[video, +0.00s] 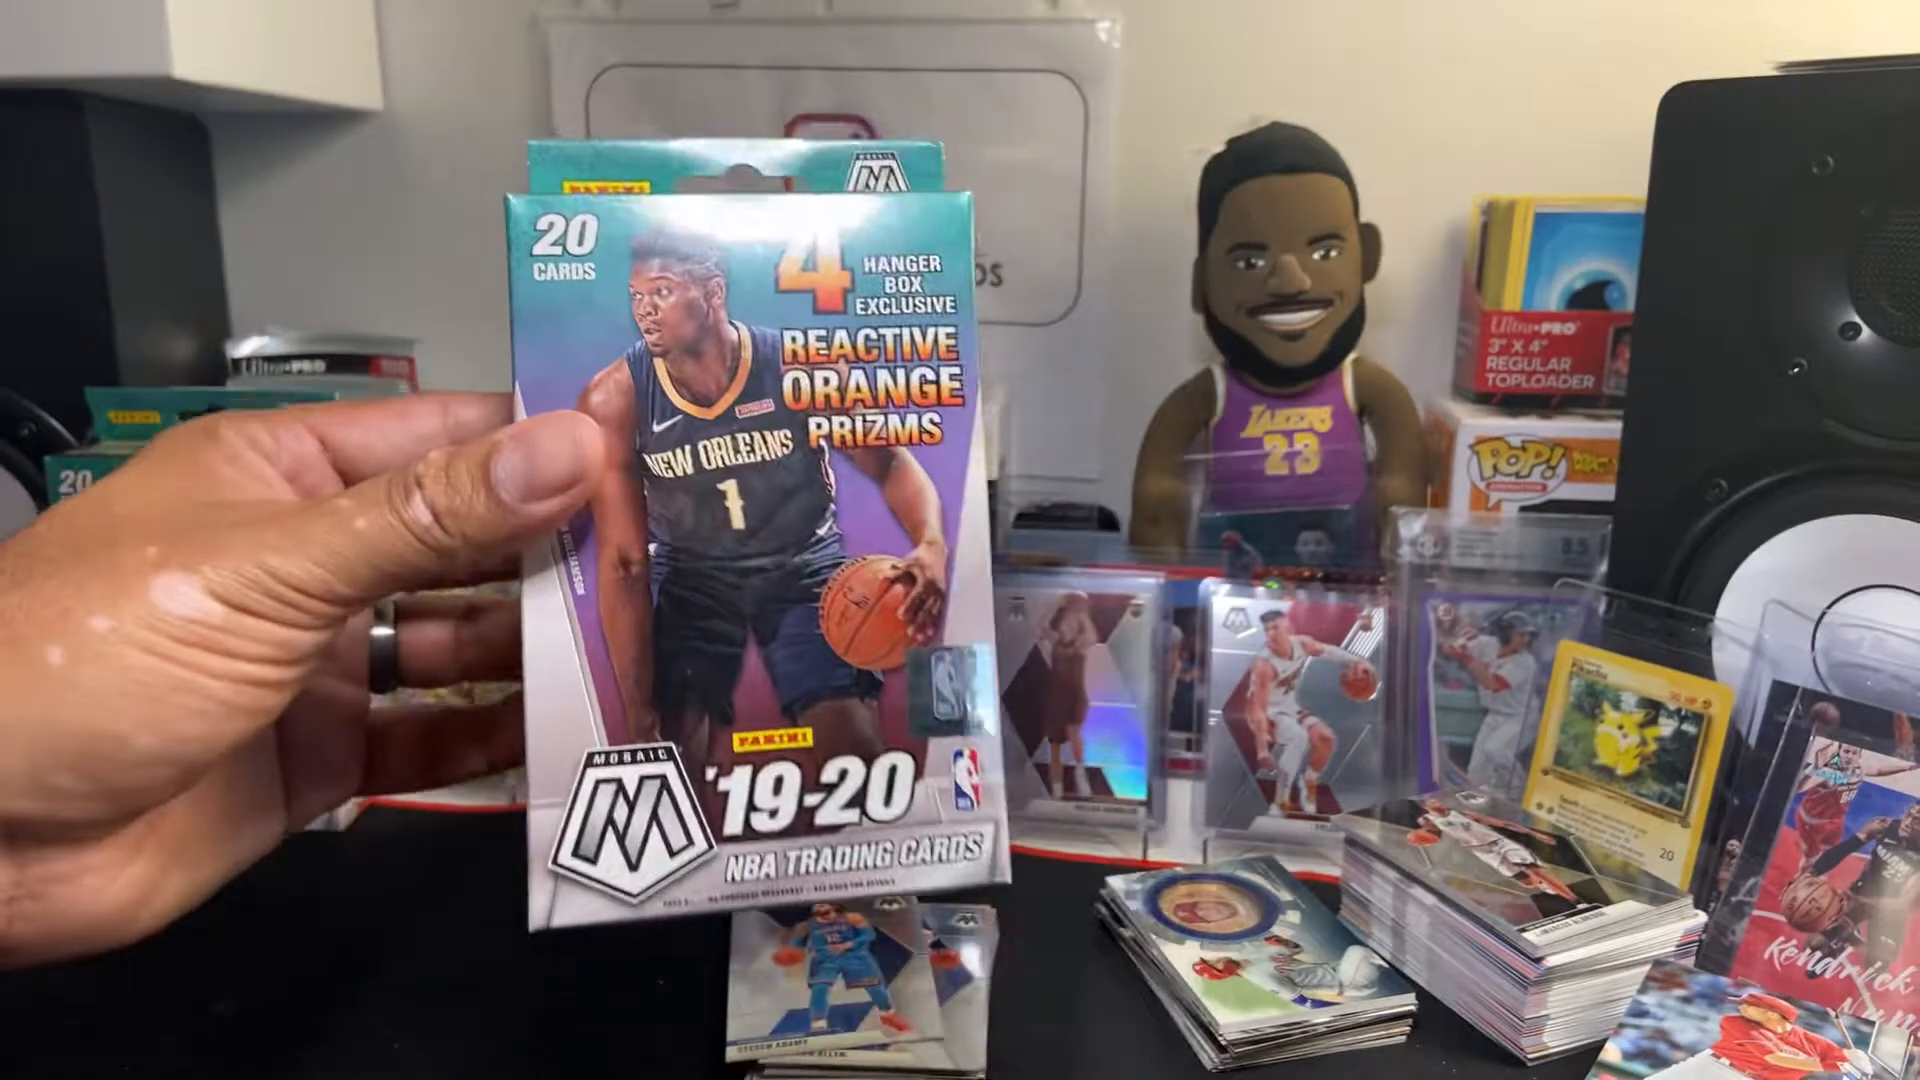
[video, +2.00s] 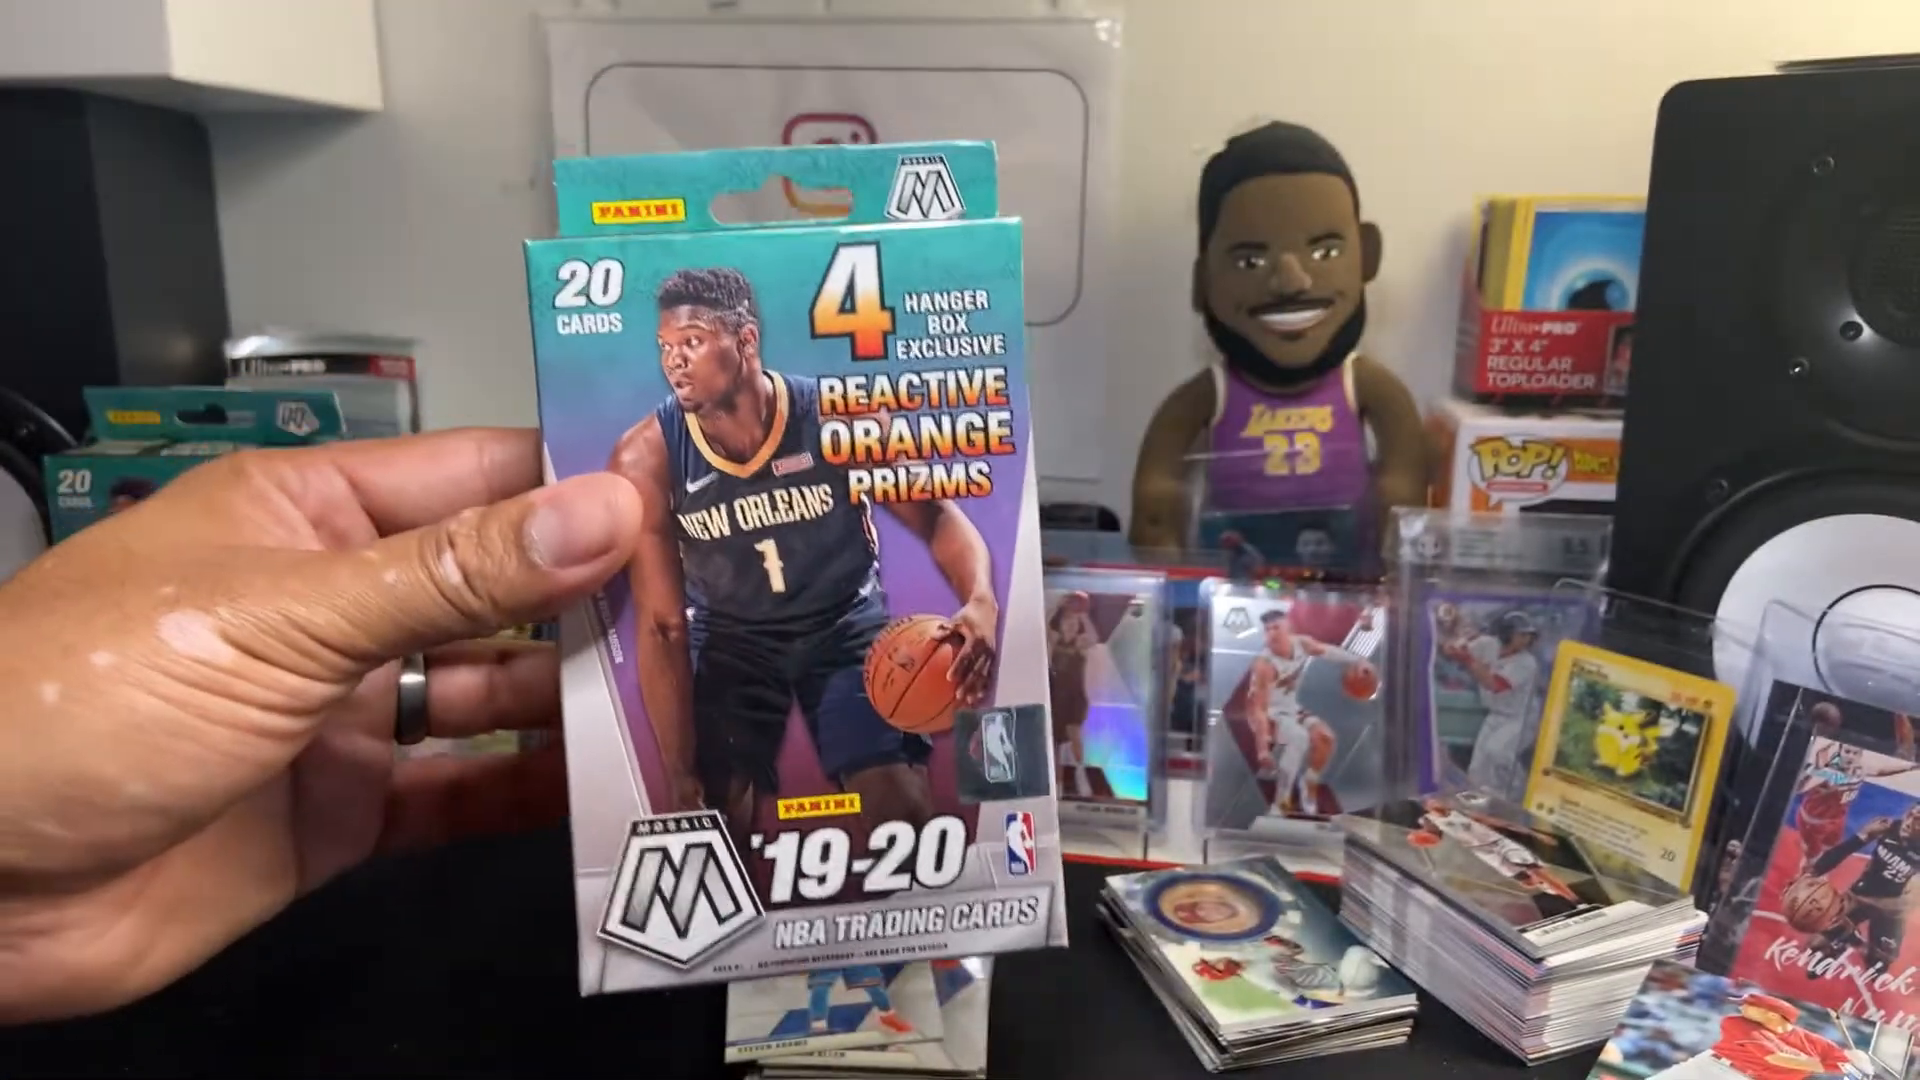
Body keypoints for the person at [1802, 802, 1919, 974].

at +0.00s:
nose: (1908, 823)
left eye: (1916, 821)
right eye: (1908, 815)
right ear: (1904, 813)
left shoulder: (1917, 859)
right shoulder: (1885, 827)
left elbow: (1904, 904)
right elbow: (1847, 847)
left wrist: (1859, 903)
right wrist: (1815, 869)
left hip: (1890, 910)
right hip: (1860, 894)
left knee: (1876, 965)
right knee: (1814, 943)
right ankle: (1835, 949)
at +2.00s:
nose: (1910, 823)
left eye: (1917, 821)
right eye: (1910, 816)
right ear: (1905, 814)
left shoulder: (1917, 854)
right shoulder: (1884, 828)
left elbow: (1910, 902)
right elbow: (1844, 849)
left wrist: (1859, 902)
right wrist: (1813, 872)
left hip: (1892, 910)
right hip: (1860, 896)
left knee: (1877, 970)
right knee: (1815, 948)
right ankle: (1845, 941)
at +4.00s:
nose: (1912, 824)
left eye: (1919, 822)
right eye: (1913, 817)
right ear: (1908, 815)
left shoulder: (1918, 857)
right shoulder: (1888, 829)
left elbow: (1910, 905)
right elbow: (1849, 850)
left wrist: (1862, 903)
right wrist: (1816, 874)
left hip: (1896, 911)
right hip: (1864, 897)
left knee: (1880, 969)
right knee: (1819, 946)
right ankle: (1841, 950)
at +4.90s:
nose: (1915, 826)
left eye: (1919, 823)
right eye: (1916, 818)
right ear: (1912, 818)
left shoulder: (1917, 856)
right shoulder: (1893, 831)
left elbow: (1913, 906)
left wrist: (1866, 905)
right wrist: (1820, 873)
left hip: (1899, 909)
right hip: (1869, 897)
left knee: (1886, 967)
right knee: (1826, 946)